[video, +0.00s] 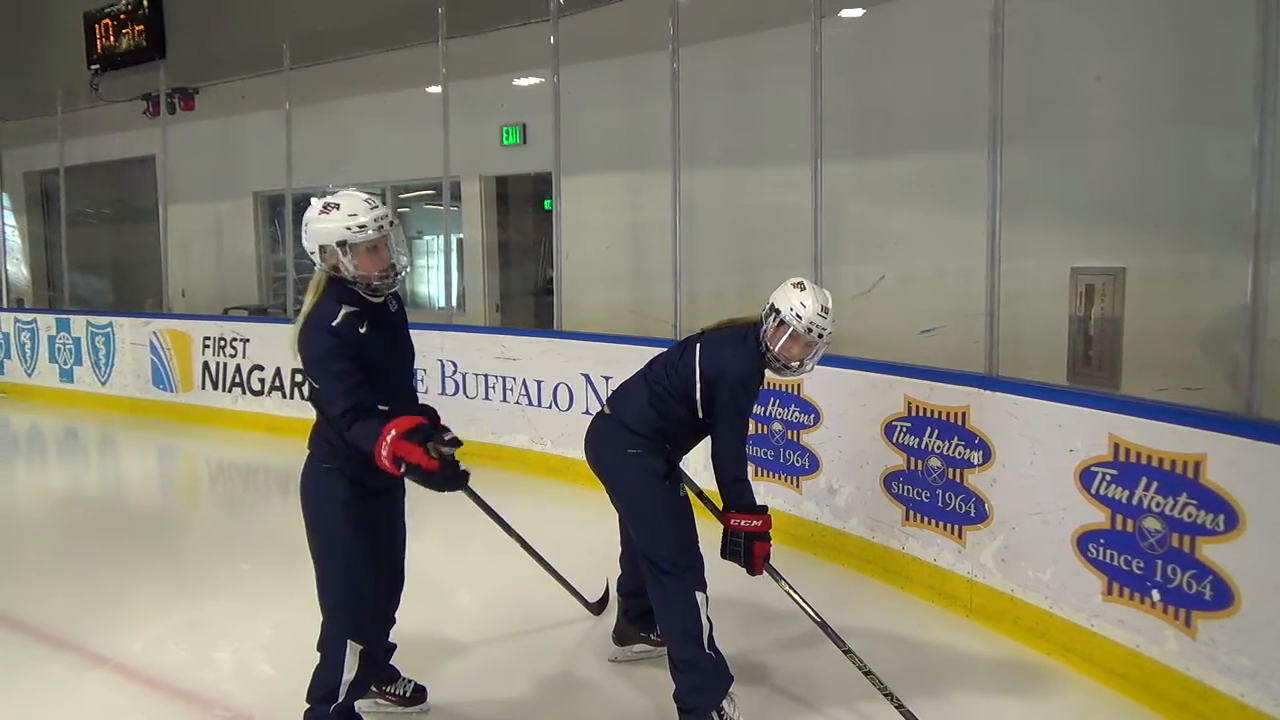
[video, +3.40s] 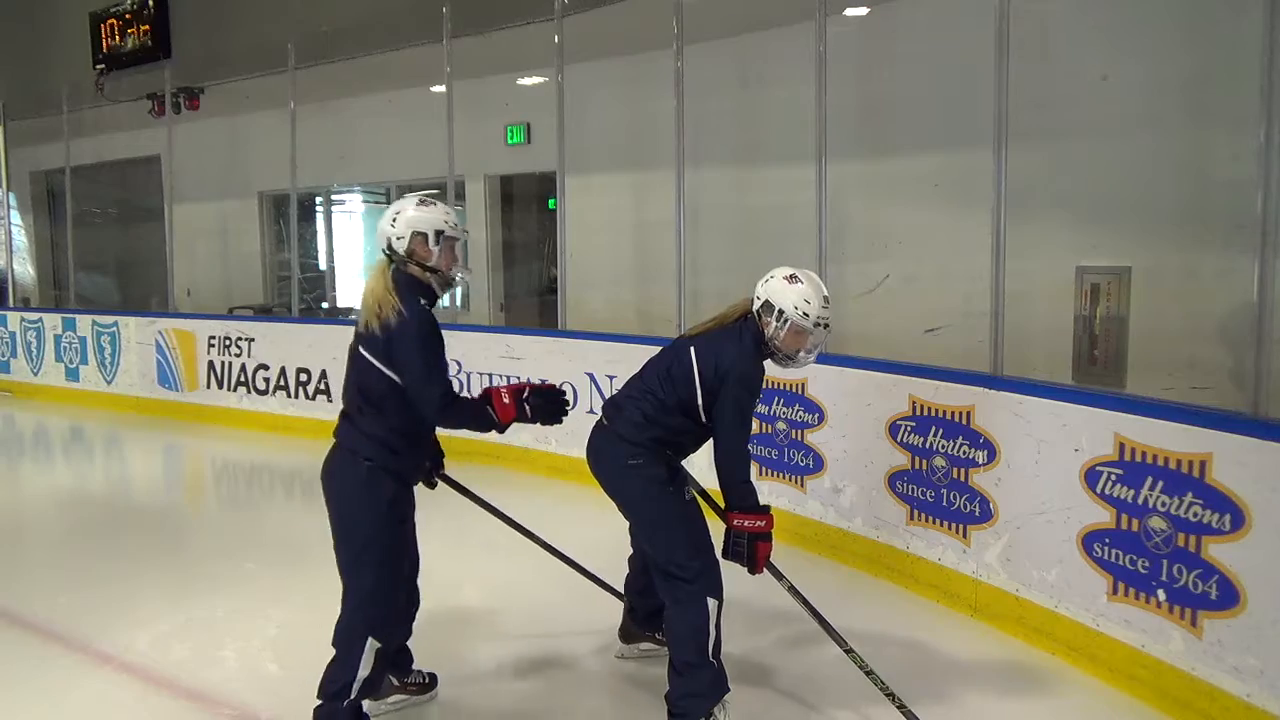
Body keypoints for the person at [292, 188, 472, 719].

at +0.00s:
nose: (383, 257)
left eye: (385, 244)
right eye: (368, 249)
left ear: (392, 243)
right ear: (336, 259)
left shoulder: (385, 302)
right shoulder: (326, 322)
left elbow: (399, 390)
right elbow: (349, 413)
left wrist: (431, 430)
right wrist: (404, 451)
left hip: (382, 471)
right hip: (338, 476)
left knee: (385, 580)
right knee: (347, 595)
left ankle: (374, 672)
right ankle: (327, 706)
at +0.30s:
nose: (404, 244)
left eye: (402, 233)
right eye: (392, 233)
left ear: (368, 241)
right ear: (358, 240)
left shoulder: (367, 302)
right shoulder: (349, 313)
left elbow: (363, 395)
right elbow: (388, 403)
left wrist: (408, 446)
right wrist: (461, 402)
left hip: (379, 470)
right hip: (349, 476)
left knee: (388, 581)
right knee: (353, 596)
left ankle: (375, 672)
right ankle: (325, 706)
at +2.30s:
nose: (374, 248)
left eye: (382, 236)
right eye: (361, 238)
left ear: (394, 240)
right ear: (341, 245)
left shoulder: (390, 304)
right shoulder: (328, 314)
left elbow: (391, 393)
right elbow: (327, 408)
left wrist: (415, 441)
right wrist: (388, 433)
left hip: (383, 469)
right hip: (338, 474)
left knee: (388, 577)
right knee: (344, 593)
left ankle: (376, 670)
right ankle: (318, 706)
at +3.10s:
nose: (420, 252)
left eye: (420, 240)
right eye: (409, 241)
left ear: (397, 245)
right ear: (376, 244)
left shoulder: (391, 301)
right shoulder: (351, 309)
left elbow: (394, 396)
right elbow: (361, 412)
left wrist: (425, 441)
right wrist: (447, 424)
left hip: (383, 469)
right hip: (348, 475)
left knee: (388, 580)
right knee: (355, 603)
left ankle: (378, 675)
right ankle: (325, 707)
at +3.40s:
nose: (454, 256)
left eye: (454, 245)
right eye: (445, 245)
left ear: (420, 248)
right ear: (415, 247)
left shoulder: (394, 300)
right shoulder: (408, 314)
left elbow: (384, 390)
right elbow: (437, 406)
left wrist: (422, 446)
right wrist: (510, 406)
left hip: (381, 466)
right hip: (365, 471)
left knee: (398, 580)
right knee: (369, 592)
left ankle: (387, 670)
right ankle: (337, 705)